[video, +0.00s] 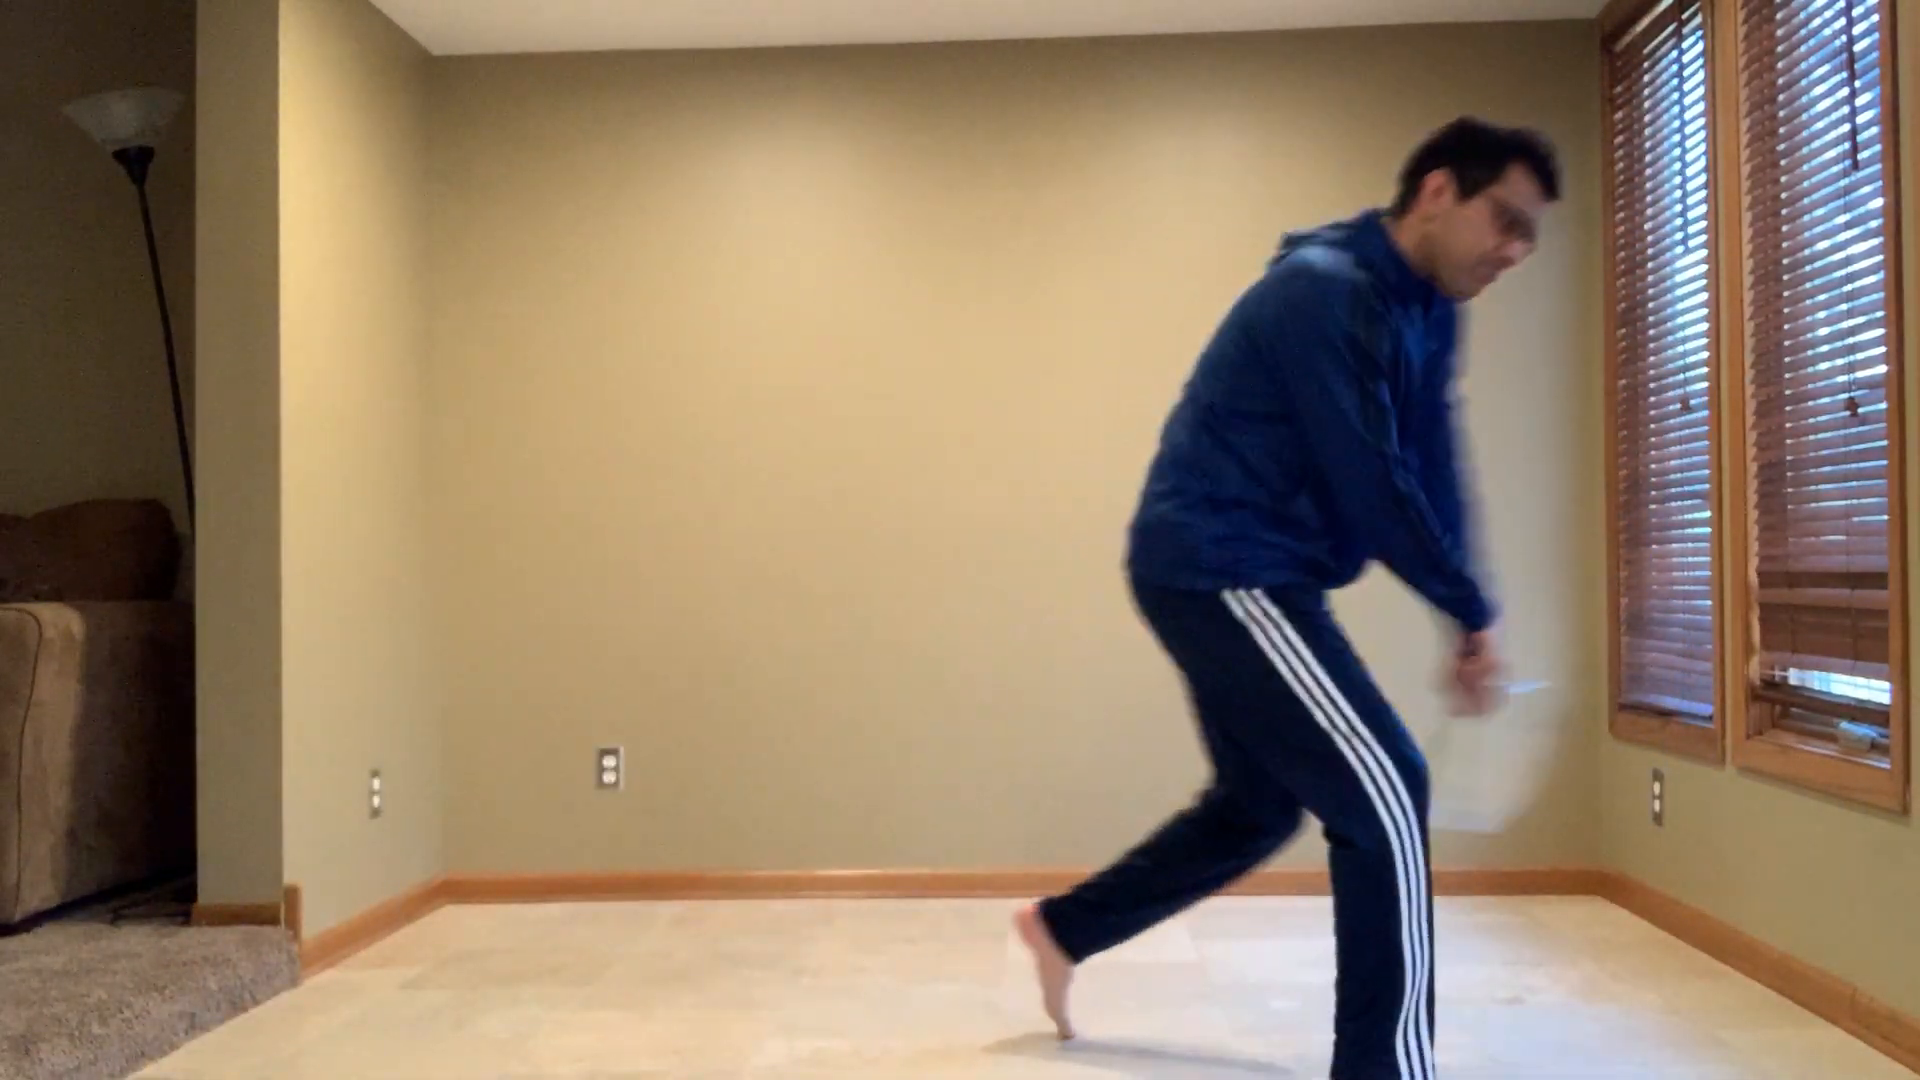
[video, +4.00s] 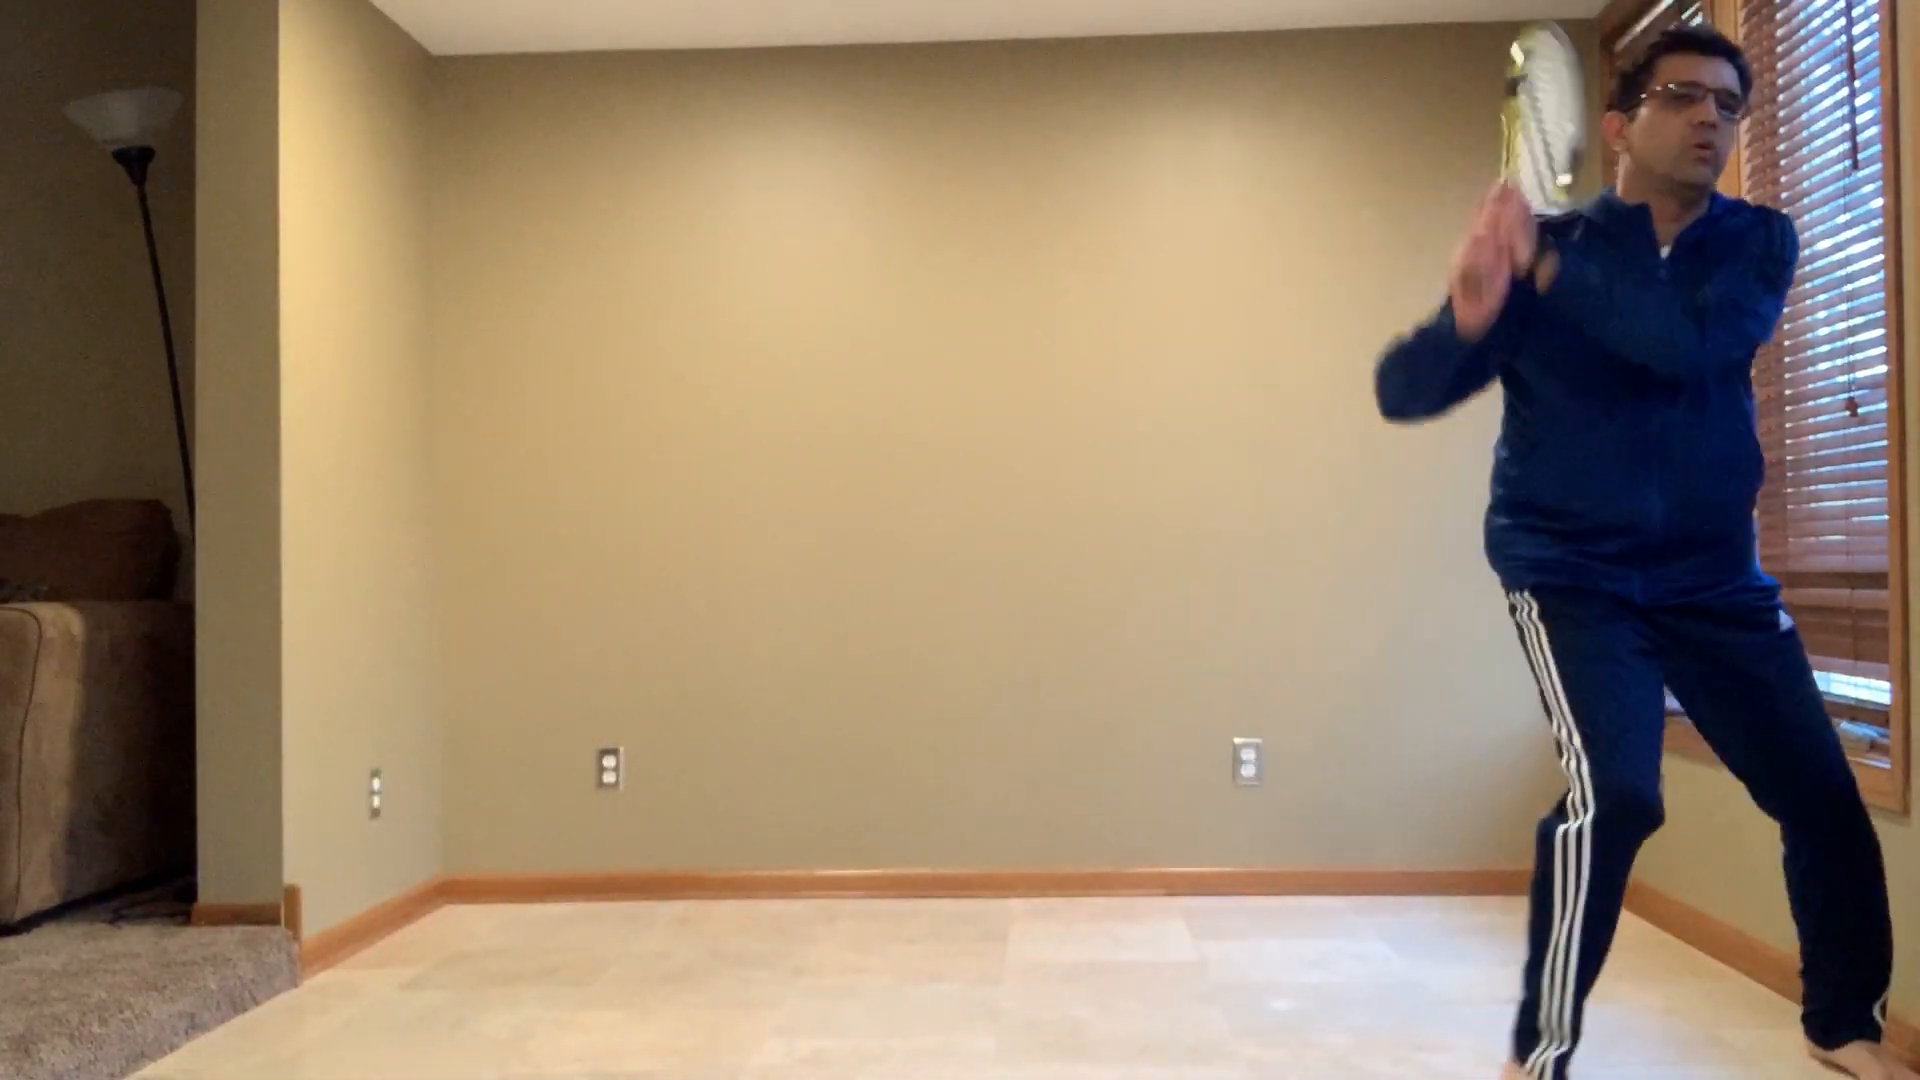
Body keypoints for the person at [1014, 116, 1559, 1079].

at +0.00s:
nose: (1515, 252)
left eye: (1527, 235)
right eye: (1507, 222)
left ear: (1443, 207)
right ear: (1436, 192)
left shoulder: (1426, 310)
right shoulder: (1324, 289)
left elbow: (1432, 464)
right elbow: (1367, 489)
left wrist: (1466, 613)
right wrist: (1472, 611)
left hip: (1268, 571)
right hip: (1213, 566)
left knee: (1260, 801)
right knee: (1381, 786)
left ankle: (1063, 927)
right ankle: (1384, 1066)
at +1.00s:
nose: (1385, 124)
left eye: (1408, 104)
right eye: (1360, 106)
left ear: (1440, 127)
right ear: (1325, 134)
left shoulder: (1506, 238)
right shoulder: (1284, 280)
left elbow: (1570, 377)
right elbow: (1260, 449)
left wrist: (1509, 435)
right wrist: (1394, 480)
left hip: (1515, 556)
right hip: (1383, 579)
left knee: (1595, 759)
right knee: (1435, 805)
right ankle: (1533, 1001)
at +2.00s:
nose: (531, 106)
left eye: (560, 91)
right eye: (520, 86)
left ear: (609, 120)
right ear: (502, 106)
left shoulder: (663, 244)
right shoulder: (447, 230)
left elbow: (685, 396)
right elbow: (406, 379)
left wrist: (572, 468)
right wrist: (485, 475)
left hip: (613, 550)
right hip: (475, 546)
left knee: (625, 776)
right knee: (403, 762)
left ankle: (612, 993)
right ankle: (389, 973)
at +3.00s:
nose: (1122, 258)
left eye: (1141, 246)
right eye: (1108, 231)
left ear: (1150, 258)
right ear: (1048, 220)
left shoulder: (1046, 329)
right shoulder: (991, 323)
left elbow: (1021, 490)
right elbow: (1006, 498)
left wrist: (1088, 599)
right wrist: (1080, 621)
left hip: (928, 587)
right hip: (847, 579)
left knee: (1013, 764)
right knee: (910, 803)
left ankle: (1027, 1003)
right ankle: (730, 966)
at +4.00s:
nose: (1711, 120)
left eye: (1727, 105)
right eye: (1684, 99)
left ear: (1740, 131)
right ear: (1620, 125)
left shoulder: (1757, 238)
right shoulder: (1549, 242)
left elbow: (1698, 346)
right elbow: (1401, 394)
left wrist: (1544, 268)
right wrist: (1465, 314)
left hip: (1712, 571)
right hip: (1567, 569)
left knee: (1827, 804)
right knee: (1613, 799)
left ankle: (1843, 1029)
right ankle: (1542, 1055)